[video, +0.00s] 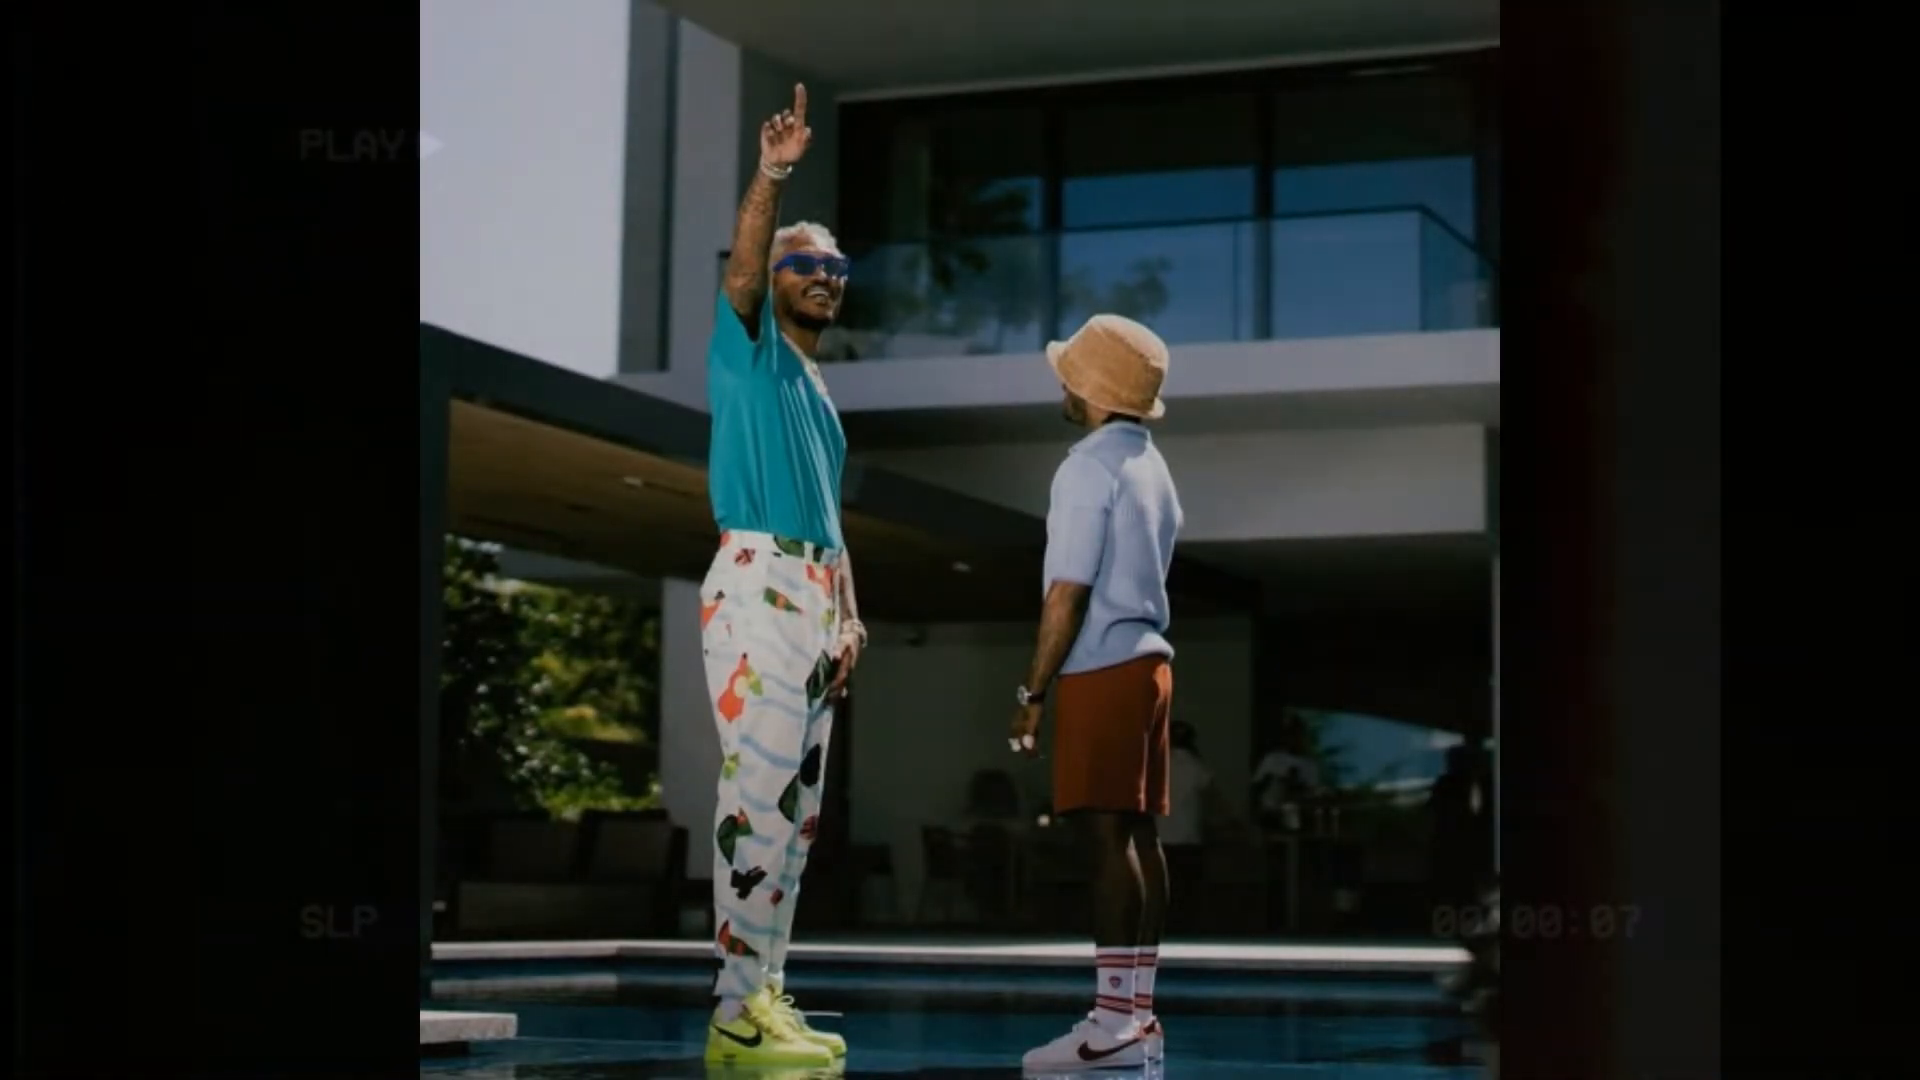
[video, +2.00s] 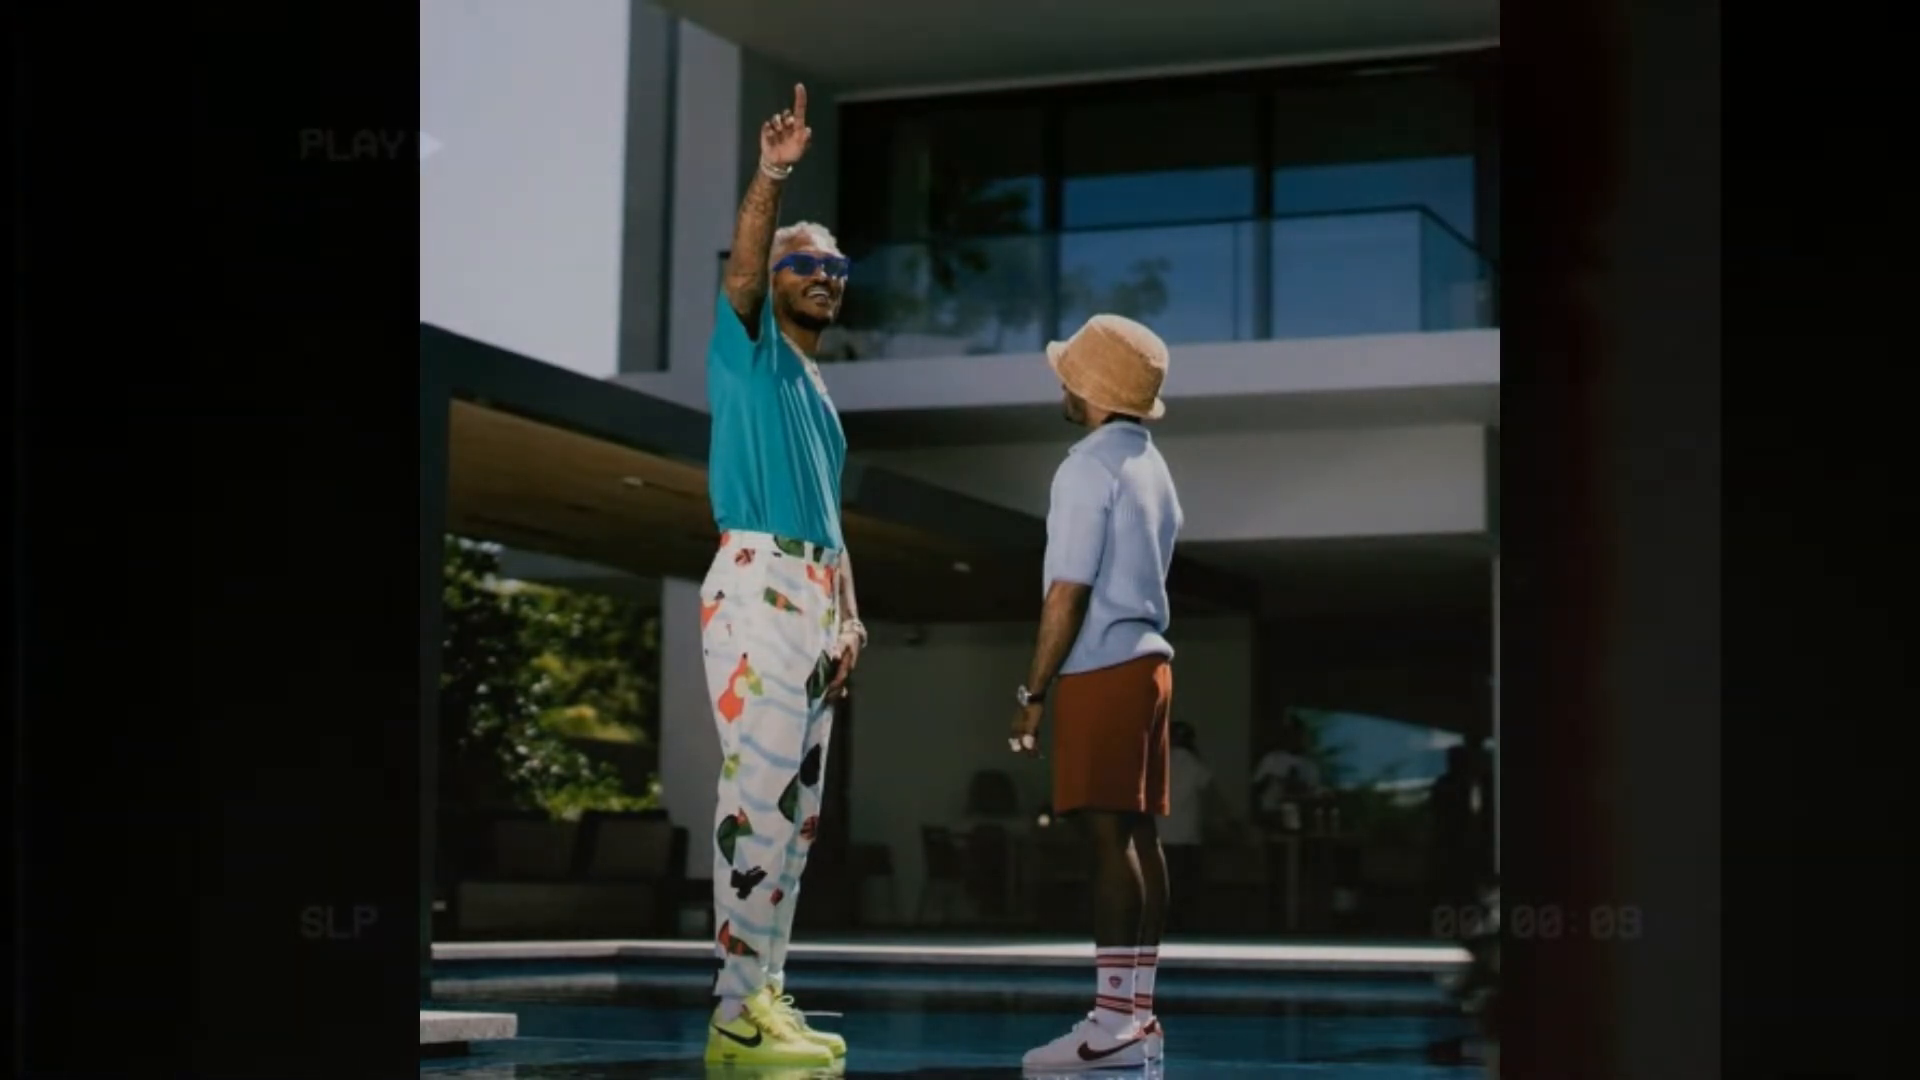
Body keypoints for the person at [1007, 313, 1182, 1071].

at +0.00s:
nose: (1064, 388)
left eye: (1072, 379)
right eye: (1069, 377)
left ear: (1091, 391)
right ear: (1131, 394)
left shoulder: (1088, 468)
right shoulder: (1148, 463)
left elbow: (1067, 595)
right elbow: (1147, 577)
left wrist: (1031, 691)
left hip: (1104, 670)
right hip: (1147, 666)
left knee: (1107, 837)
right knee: (1139, 837)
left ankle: (1116, 1014)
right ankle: (1134, 1011)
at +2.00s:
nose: (1064, 388)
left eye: (1072, 378)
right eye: (1068, 376)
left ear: (1092, 391)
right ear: (1130, 394)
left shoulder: (1088, 468)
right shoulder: (1148, 463)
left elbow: (1067, 594)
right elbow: (1149, 577)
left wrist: (1032, 691)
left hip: (1104, 670)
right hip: (1146, 666)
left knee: (1109, 839)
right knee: (1139, 838)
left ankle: (1116, 1015)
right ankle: (1135, 1012)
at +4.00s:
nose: (1064, 388)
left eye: (1072, 377)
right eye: (1068, 376)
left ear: (1093, 389)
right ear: (1130, 393)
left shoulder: (1088, 468)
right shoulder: (1148, 463)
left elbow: (1068, 594)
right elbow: (1147, 580)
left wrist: (1032, 691)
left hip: (1104, 669)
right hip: (1147, 666)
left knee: (1109, 838)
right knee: (1139, 837)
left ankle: (1116, 1015)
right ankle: (1135, 1012)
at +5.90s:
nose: (1064, 390)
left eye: (1072, 380)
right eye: (1068, 378)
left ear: (1092, 391)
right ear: (1131, 395)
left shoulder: (1088, 468)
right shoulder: (1148, 463)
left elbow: (1067, 595)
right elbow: (1148, 578)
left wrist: (1031, 692)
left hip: (1104, 669)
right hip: (1146, 666)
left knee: (1109, 839)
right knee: (1139, 838)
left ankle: (1115, 1015)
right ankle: (1135, 1012)